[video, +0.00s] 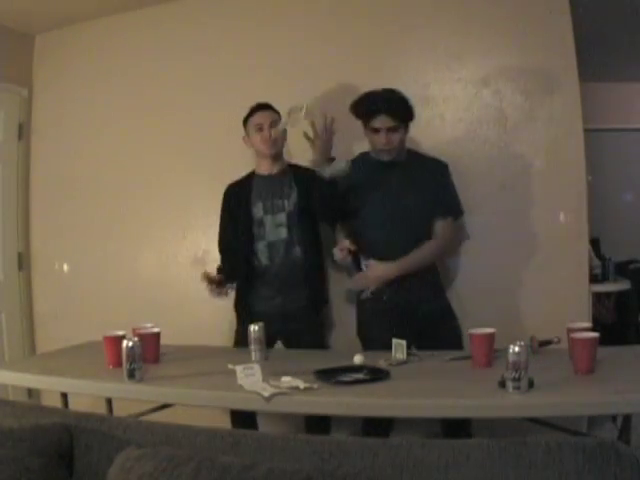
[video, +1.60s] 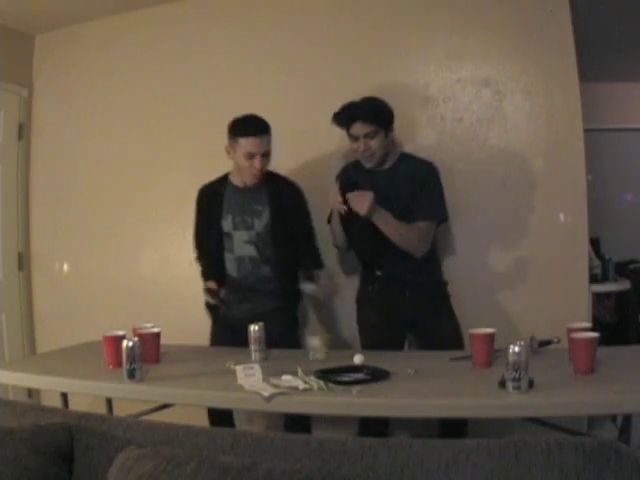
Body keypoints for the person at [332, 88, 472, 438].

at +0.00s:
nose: (385, 140)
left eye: (393, 130)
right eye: (376, 131)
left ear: (406, 129)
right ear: (365, 131)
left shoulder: (432, 171)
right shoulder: (352, 176)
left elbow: (447, 238)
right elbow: (343, 227)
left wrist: (388, 270)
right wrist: (343, 247)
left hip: (426, 295)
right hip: (376, 299)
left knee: (451, 385)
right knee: (378, 393)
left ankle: (463, 471)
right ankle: (372, 474)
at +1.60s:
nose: (362, 147)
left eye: (370, 137)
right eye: (354, 139)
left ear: (389, 134)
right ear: (348, 140)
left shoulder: (421, 172)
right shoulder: (349, 177)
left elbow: (419, 244)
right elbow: (344, 247)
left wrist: (373, 212)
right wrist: (336, 217)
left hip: (425, 292)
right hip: (376, 294)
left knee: (452, 377)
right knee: (376, 384)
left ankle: (453, 465)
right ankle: (370, 470)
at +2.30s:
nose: (366, 140)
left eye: (373, 130)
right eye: (359, 133)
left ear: (392, 134)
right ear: (353, 142)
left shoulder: (425, 170)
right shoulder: (358, 180)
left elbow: (424, 235)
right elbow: (324, 212)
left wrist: (382, 196)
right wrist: (332, 157)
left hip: (434, 291)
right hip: (386, 295)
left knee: (457, 377)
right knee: (379, 383)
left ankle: (456, 466)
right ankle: (369, 469)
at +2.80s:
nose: (379, 132)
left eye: (387, 125)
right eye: (372, 126)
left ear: (406, 130)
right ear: (366, 133)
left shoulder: (433, 165)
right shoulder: (365, 173)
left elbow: (432, 194)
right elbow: (317, 171)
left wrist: (397, 141)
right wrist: (328, 111)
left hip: (436, 287)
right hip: (389, 289)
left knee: (450, 377)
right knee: (380, 379)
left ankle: (445, 467)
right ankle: (370, 468)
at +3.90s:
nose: (373, 140)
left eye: (378, 132)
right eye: (363, 132)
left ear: (393, 142)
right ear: (354, 142)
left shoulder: (409, 175)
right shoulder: (347, 183)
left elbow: (440, 190)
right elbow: (305, 192)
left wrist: (412, 132)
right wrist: (306, 134)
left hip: (408, 290)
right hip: (357, 293)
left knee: (427, 381)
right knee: (346, 385)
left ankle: (438, 469)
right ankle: (340, 469)